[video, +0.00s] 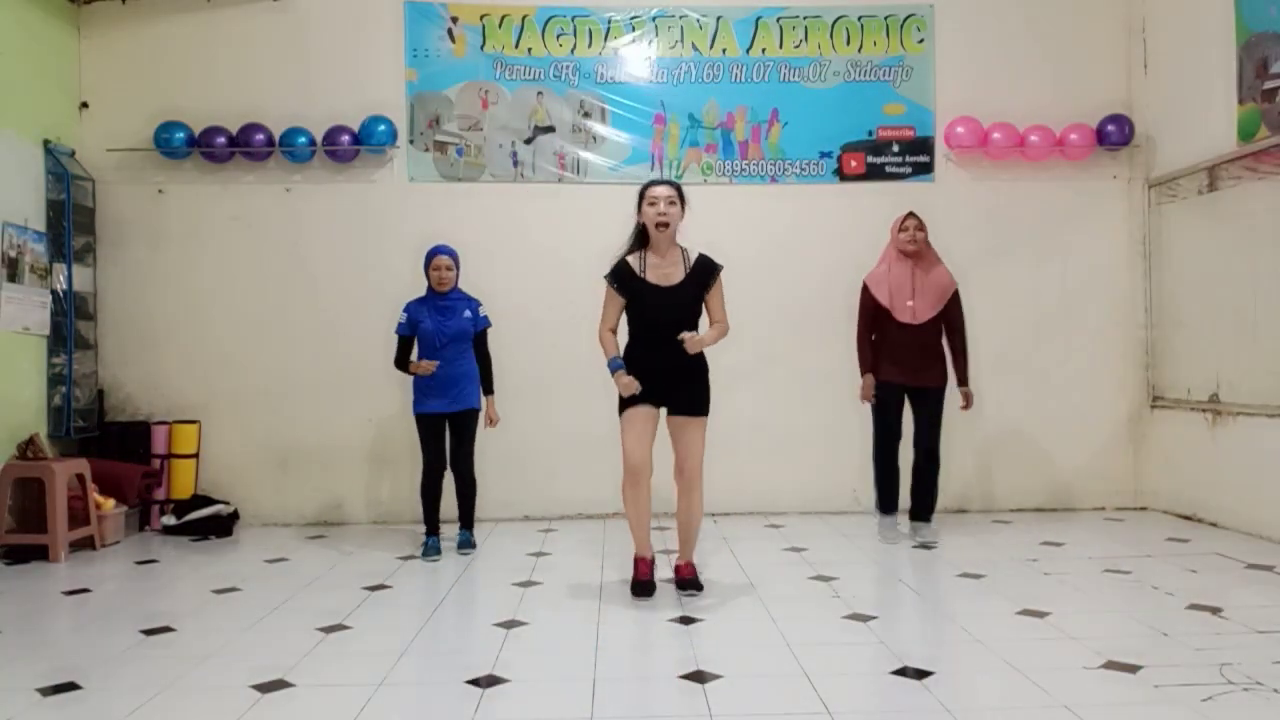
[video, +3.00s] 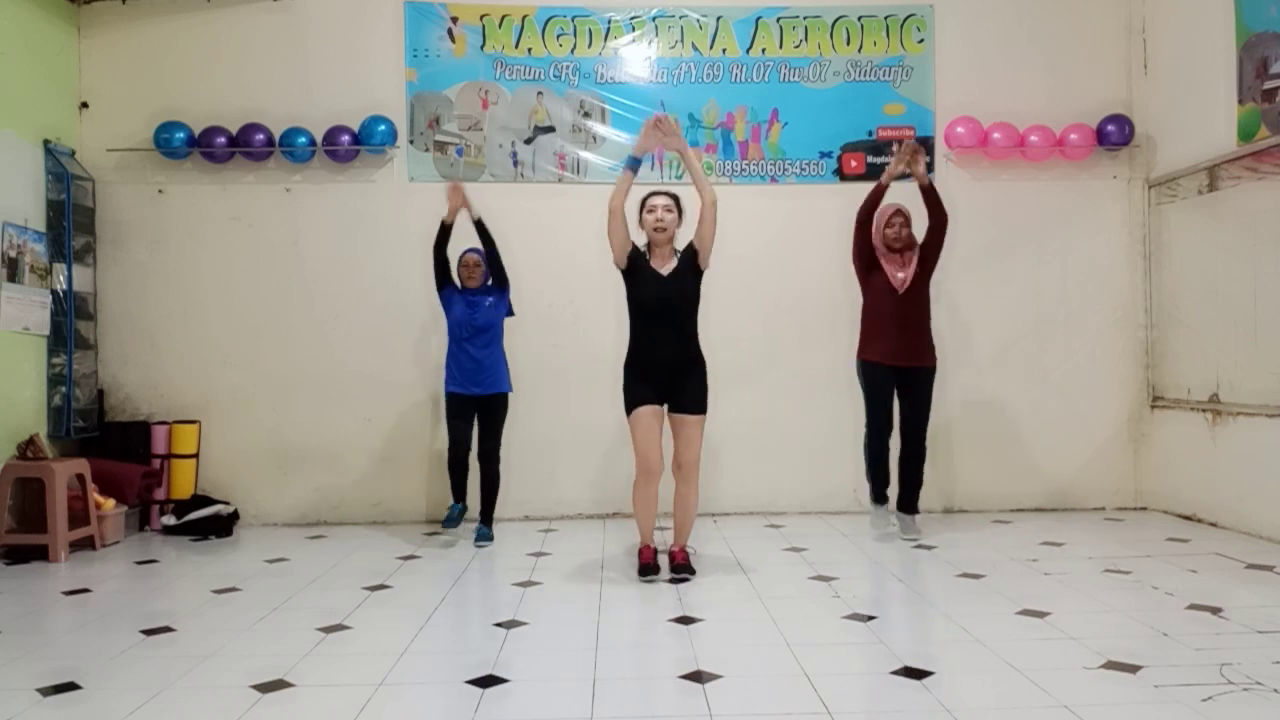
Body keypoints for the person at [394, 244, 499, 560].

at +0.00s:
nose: (442, 274)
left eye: (448, 269)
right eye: (436, 269)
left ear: (457, 272)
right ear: (427, 273)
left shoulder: (471, 306)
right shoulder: (415, 309)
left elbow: (482, 354)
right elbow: (401, 359)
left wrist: (489, 399)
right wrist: (414, 366)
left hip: (465, 398)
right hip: (428, 400)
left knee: (462, 465)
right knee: (434, 466)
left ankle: (466, 531)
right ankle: (431, 535)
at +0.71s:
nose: (459, 279)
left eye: (465, 273)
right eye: (453, 273)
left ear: (473, 275)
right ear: (443, 275)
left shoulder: (485, 306)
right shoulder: (429, 308)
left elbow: (507, 349)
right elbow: (413, 358)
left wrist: (493, 352)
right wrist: (438, 350)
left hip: (478, 396)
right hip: (441, 398)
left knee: (477, 462)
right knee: (445, 464)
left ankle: (486, 526)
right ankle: (440, 534)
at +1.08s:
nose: (464, 278)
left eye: (470, 274)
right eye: (458, 274)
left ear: (479, 276)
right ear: (450, 277)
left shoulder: (492, 302)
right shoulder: (439, 303)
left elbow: (490, 337)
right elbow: (436, 339)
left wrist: (472, 300)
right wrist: (455, 299)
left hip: (485, 394)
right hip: (450, 395)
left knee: (484, 461)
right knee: (457, 460)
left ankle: (485, 527)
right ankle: (457, 526)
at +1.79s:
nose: (468, 268)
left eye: (474, 264)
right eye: (462, 263)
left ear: (482, 271)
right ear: (453, 271)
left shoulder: (496, 305)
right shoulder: (448, 301)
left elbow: (507, 351)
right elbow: (430, 314)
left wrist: (476, 330)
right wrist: (445, 284)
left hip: (488, 394)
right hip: (454, 393)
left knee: (485, 460)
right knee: (458, 459)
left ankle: (484, 524)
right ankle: (461, 524)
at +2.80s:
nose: (472, 274)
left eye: (478, 270)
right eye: (466, 269)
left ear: (488, 276)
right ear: (459, 275)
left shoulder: (498, 302)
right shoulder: (452, 302)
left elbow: (498, 300)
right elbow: (438, 298)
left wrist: (472, 282)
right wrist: (447, 287)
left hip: (488, 392)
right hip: (455, 391)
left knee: (482, 458)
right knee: (457, 461)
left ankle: (485, 525)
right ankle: (460, 526)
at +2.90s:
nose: (467, 275)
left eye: (472, 270)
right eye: (463, 271)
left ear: (482, 275)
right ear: (459, 276)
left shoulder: (496, 302)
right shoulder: (453, 303)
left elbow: (501, 295)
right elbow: (441, 290)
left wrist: (484, 271)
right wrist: (441, 273)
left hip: (490, 392)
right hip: (456, 391)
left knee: (486, 459)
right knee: (456, 460)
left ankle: (485, 524)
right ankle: (459, 524)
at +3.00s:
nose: (469, 268)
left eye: (475, 265)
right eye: (465, 264)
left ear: (486, 271)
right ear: (458, 270)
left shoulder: (497, 295)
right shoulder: (451, 297)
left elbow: (494, 253)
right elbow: (439, 256)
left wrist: (471, 211)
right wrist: (450, 215)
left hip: (493, 387)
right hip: (459, 387)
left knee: (488, 455)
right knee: (457, 451)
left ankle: (486, 522)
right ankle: (458, 504)